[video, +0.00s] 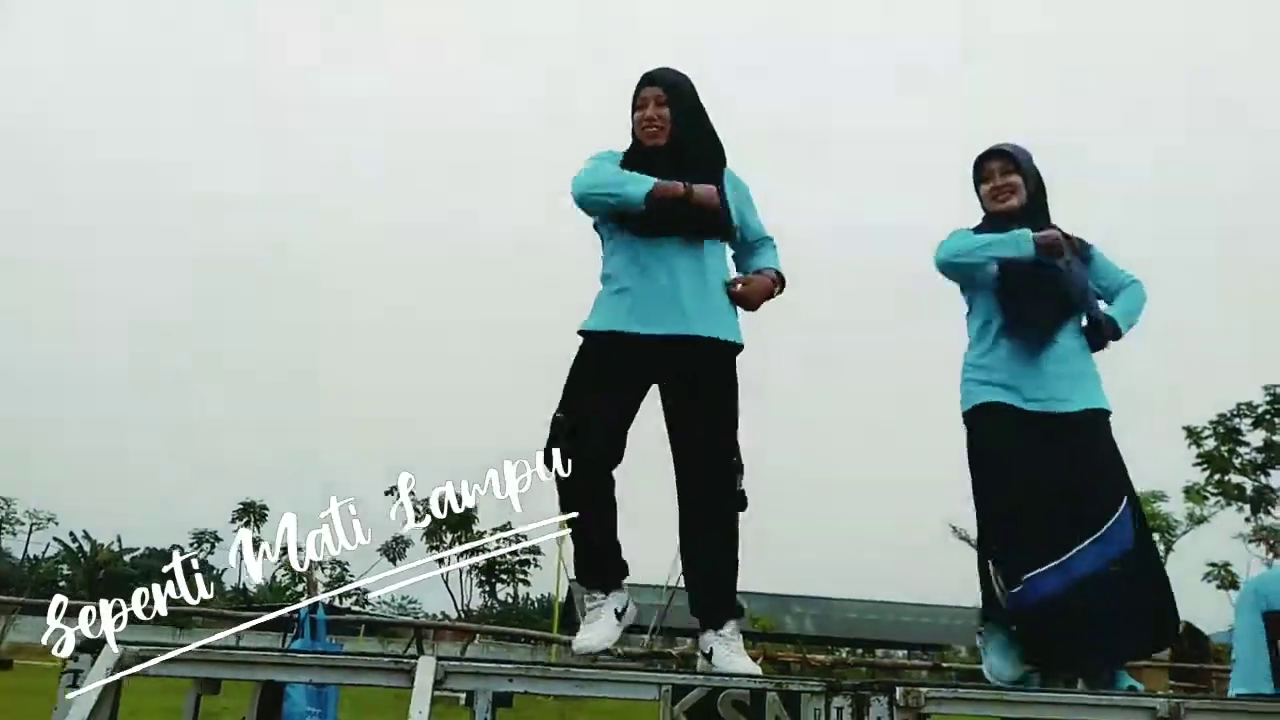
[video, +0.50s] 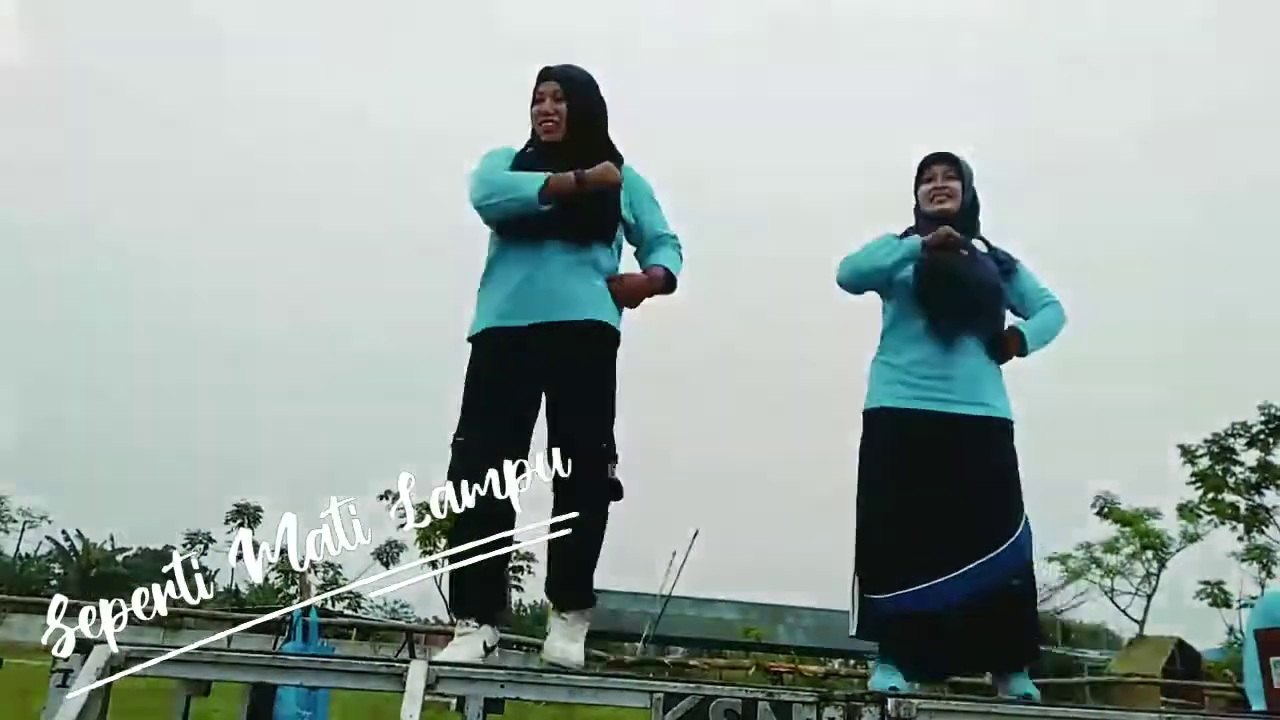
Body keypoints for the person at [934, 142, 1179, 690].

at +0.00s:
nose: (999, 183)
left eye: (1009, 173)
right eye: (989, 178)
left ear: (1033, 181)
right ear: (979, 193)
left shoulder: (1068, 246)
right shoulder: (974, 242)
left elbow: (1131, 287)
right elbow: (947, 256)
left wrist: (1113, 322)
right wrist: (1031, 243)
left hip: (1073, 394)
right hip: (999, 394)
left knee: (1099, 520)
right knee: (1011, 515)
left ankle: (1103, 657)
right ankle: (1004, 632)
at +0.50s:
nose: (939, 186)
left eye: (950, 179)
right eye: (930, 180)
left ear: (969, 194)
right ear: (916, 196)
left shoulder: (997, 258)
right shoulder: (896, 249)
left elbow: (1052, 312)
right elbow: (848, 275)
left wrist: (1020, 339)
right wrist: (915, 246)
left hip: (978, 409)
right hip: (900, 404)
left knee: (998, 535)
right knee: (897, 531)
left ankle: (1011, 665)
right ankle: (894, 660)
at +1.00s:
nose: (898, 179)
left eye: (908, 174)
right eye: (887, 173)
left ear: (922, 192)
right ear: (869, 191)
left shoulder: (950, 254)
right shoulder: (844, 248)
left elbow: (1007, 292)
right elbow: (767, 276)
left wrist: (1025, 340)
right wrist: (704, 264)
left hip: (929, 411)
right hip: (851, 405)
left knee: (942, 533)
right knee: (832, 529)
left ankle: (961, 661)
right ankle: (808, 653)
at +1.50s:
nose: (885, 202)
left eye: (891, 197)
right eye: (877, 190)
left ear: (892, 208)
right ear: (847, 189)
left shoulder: (902, 264)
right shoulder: (804, 250)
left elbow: (963, 258)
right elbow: (735, 282)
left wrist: (893, 236)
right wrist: (787, 318)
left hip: (892, 417)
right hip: (820, 408)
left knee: (908, 529)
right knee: (815, 530)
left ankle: (884, 666)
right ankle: (799, 661)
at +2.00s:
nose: (964, 188)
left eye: (967, 183)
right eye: (955, 178)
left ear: (966, 195)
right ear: (924, 180)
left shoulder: (985, 257)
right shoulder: (888, 246)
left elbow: (1058, 281)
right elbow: (824, 291)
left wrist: (1030, 258)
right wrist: (880, 329)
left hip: (991, 414)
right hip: (917, 408)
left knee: (1005, 536)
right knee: (895, 529)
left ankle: (1011, 668)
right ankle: (856, 647)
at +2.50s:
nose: (990, 182)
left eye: (997, 174)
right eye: (978, 174)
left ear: (1006, 187)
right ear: (953, 185)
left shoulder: (1029, 252)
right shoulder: (930, 245)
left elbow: (1091, 278)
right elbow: (864, 289)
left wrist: (1166, 281)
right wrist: (916, 319)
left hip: (1034, 403)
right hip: (960, 402)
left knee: (1078, 524)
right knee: (957, 527)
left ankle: (1100, 659)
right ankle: (938, 657)